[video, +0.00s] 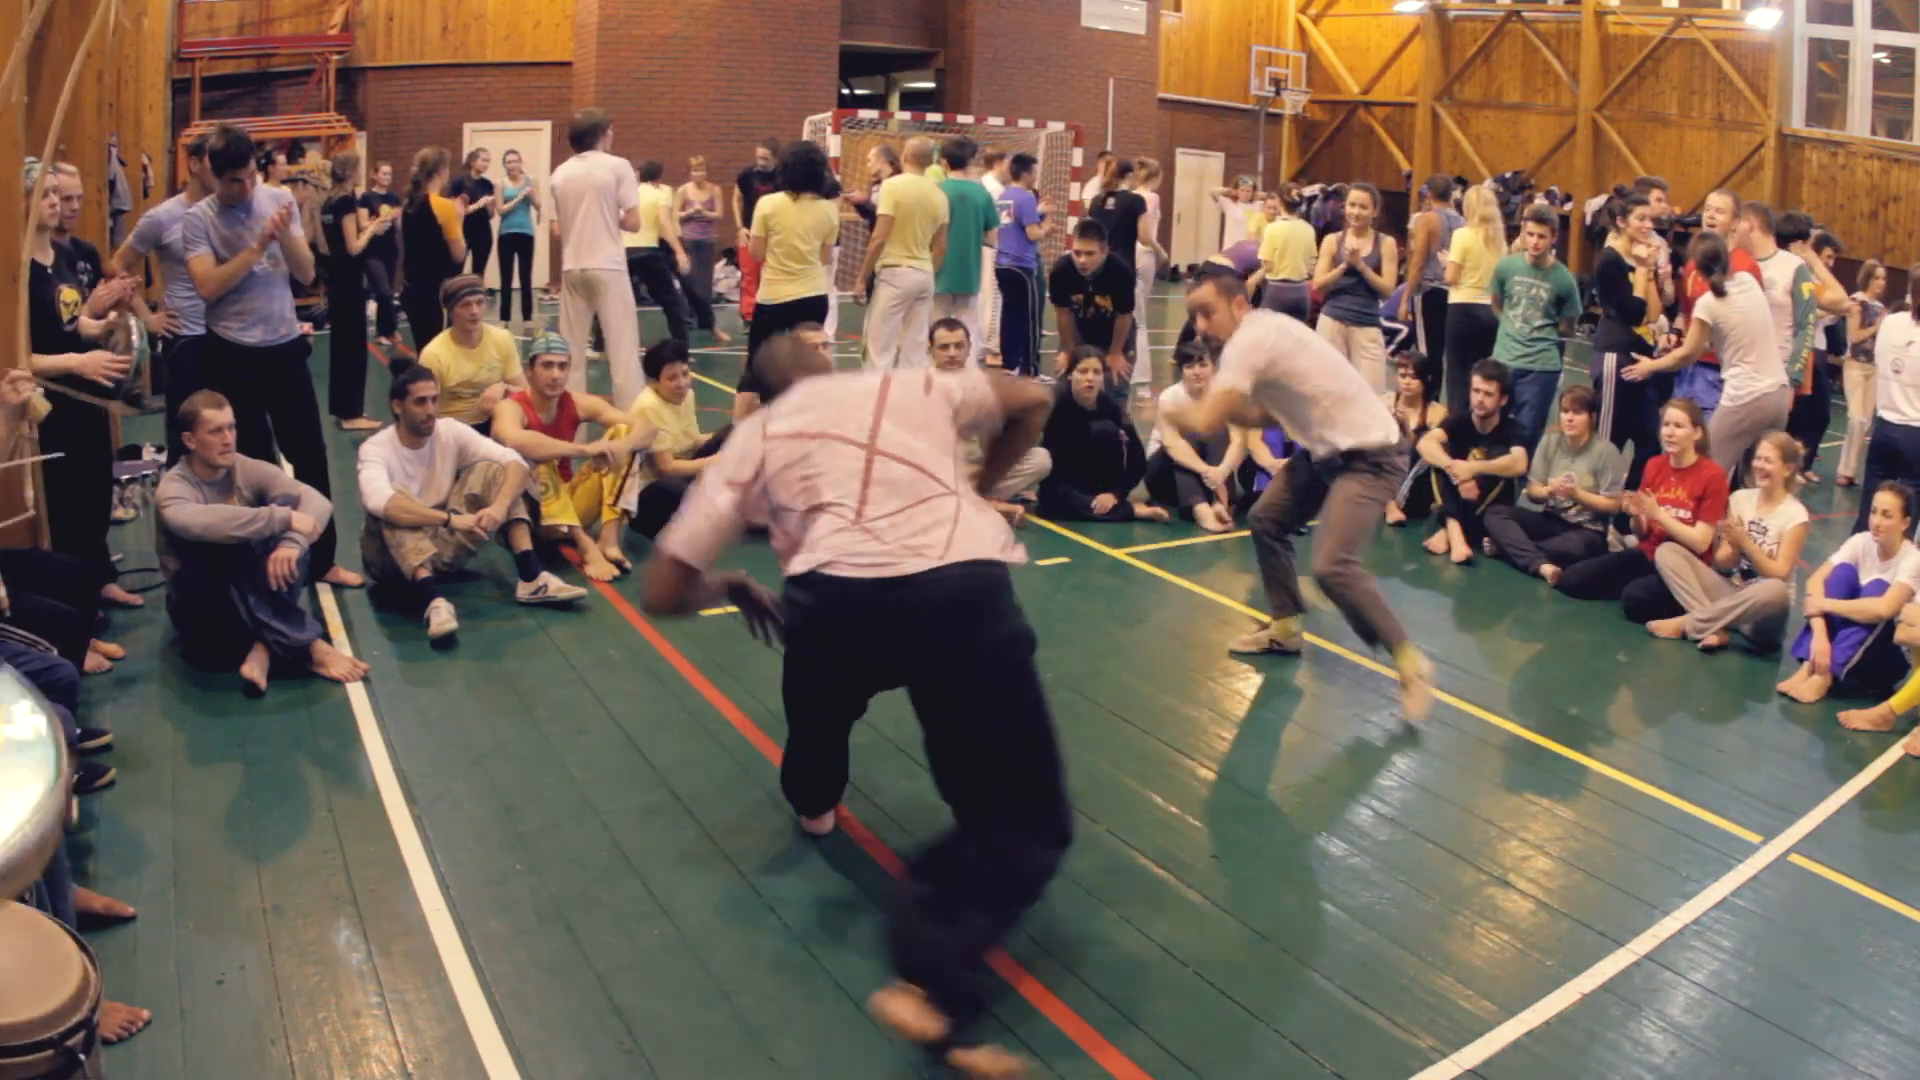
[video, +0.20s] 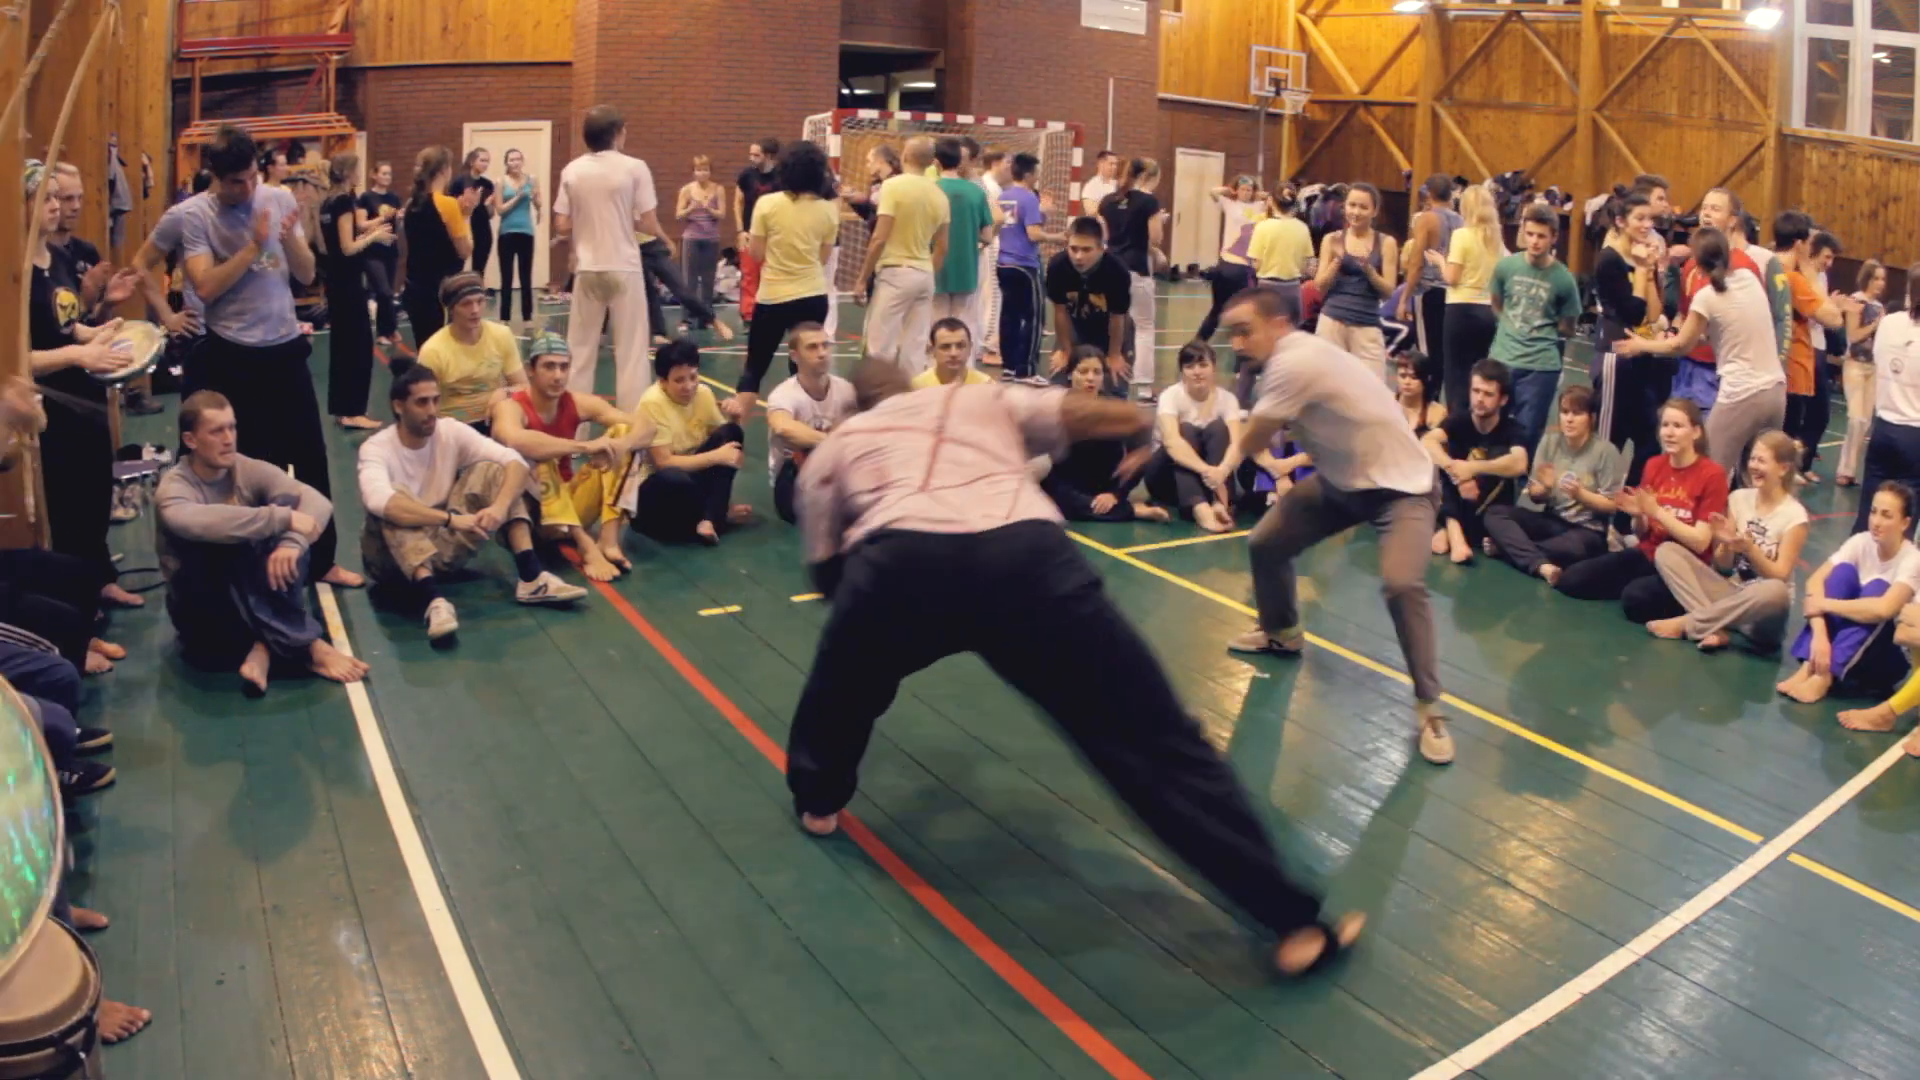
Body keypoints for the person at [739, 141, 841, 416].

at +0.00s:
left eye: (778, 165)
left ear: (783, 169)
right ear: (821, 172)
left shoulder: (767, 205)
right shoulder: (828, 209)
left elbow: (757, 253)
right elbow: (826, 256)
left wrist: (749, 236)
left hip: (774, 302)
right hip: (815, 301)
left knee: (755, 370)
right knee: (811, 369)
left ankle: (738, 435)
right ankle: (809, 431)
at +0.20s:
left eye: (781, 166)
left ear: (783, 170)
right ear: (820, 173)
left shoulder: (766, 204)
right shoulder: (828, 209)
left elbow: (757, 253)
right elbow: (825, 256)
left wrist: (747, 238)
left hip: (773, 300)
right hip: (814, 299)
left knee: (754, 370)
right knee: (805, 369)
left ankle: (736, 432)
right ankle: (806, 434)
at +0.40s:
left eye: (778, 165)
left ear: (782, 170)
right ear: (819, 172)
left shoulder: (766, 204)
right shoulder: (827, 209)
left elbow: (756, 252)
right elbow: (824, 255)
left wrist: (746, 243)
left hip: (773, 300)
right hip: (814, 299)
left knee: (754, 368)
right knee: (806, 368)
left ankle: (738, 429)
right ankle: (806, 432)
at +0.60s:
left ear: (781, 169)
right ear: (819, 172)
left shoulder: (766, 204)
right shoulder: (827, 208)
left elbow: (756, 251)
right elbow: (823, 256)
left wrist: (745, 244)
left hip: (773, 301)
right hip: (814, 299)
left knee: (754, 369)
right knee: (807, 369)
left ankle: (737, 432)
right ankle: (808, 432)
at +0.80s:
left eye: (776, 164)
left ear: (781, 169)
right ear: (819, 172)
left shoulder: (766, 204)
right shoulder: (827, 208)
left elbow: (756, 251)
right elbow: (823, 255)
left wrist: (744, 244)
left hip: (773, 301)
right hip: (813, 299)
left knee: (753, 369)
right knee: (806, 370)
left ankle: (736, 435)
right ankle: (807, 436)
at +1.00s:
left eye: (777, 164)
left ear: (782, 169)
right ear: (819, 172)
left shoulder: (765, 204)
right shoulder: (827, 209)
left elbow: (756, 252)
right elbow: (824, 255)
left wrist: (744, 241)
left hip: (772, 301)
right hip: (814, 299)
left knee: (754, 369)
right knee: (808, 370)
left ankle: (735, 434)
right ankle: (808, 435)